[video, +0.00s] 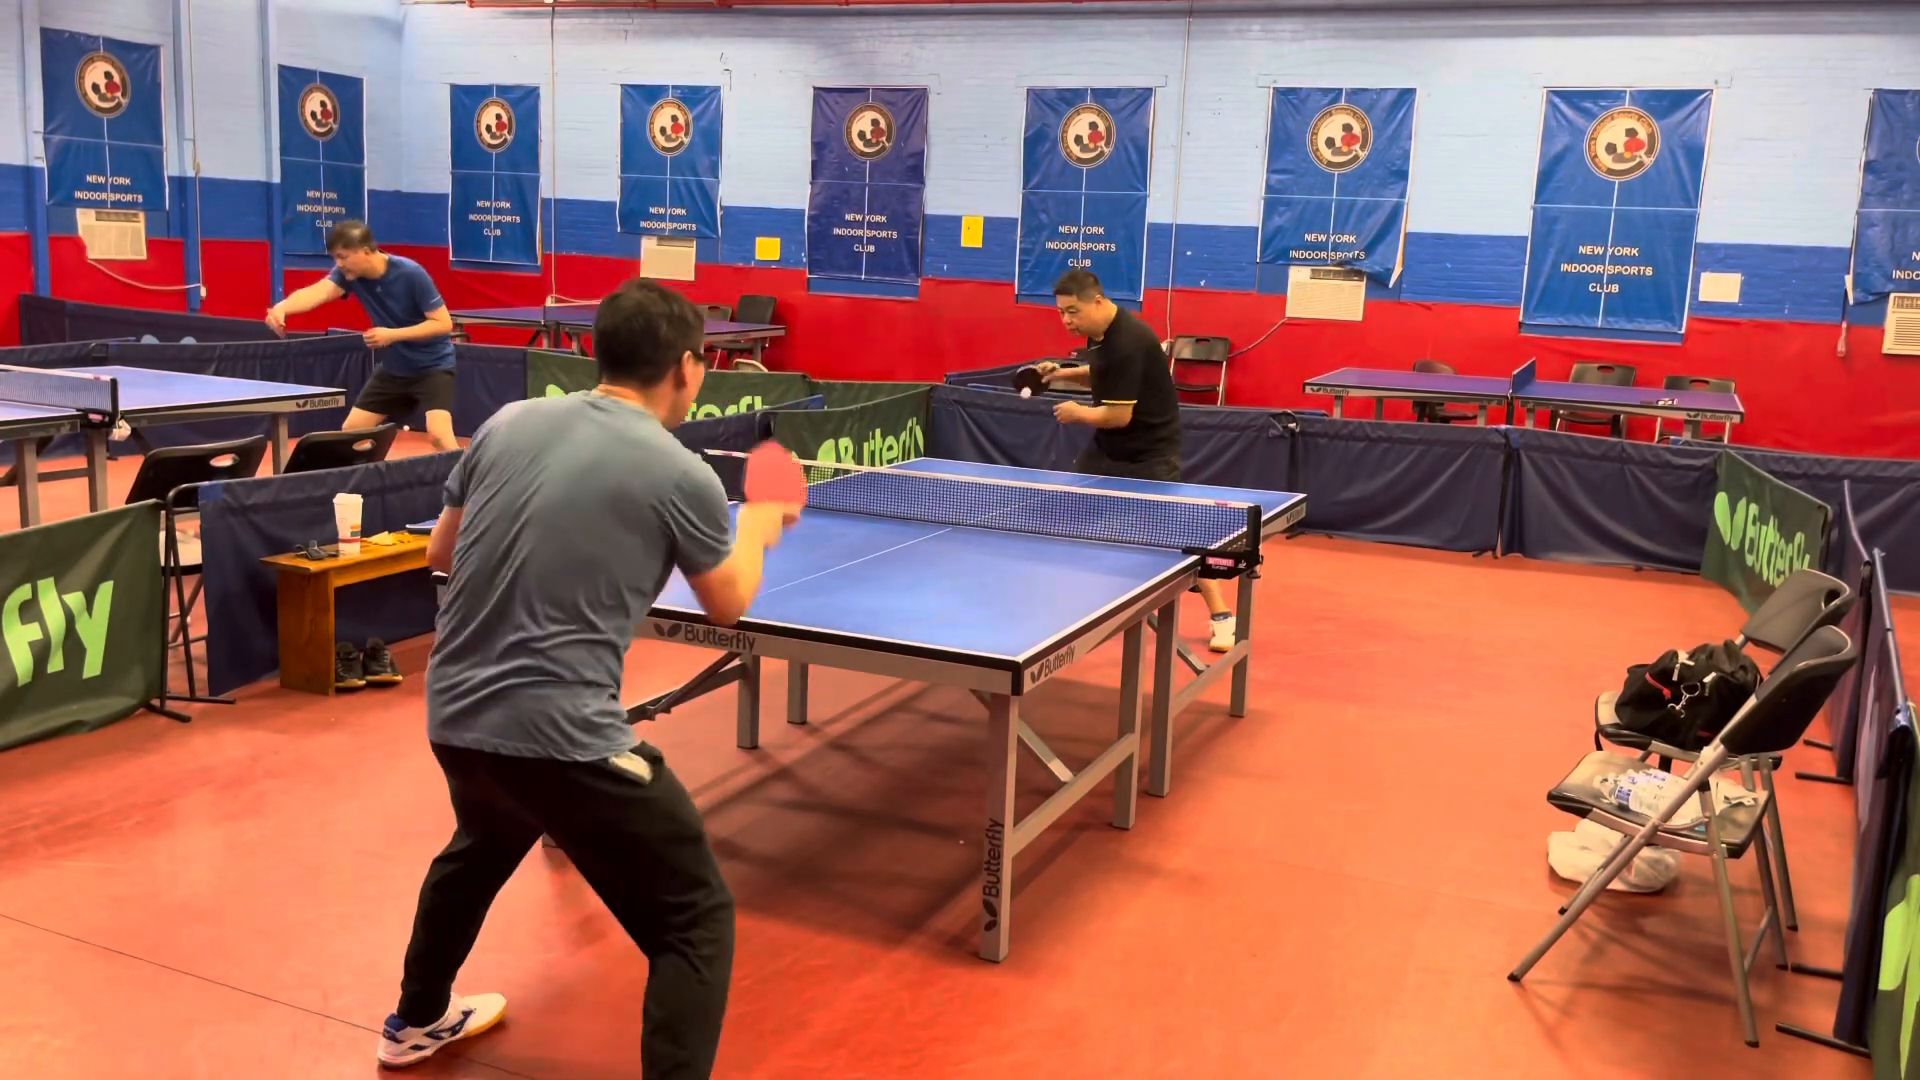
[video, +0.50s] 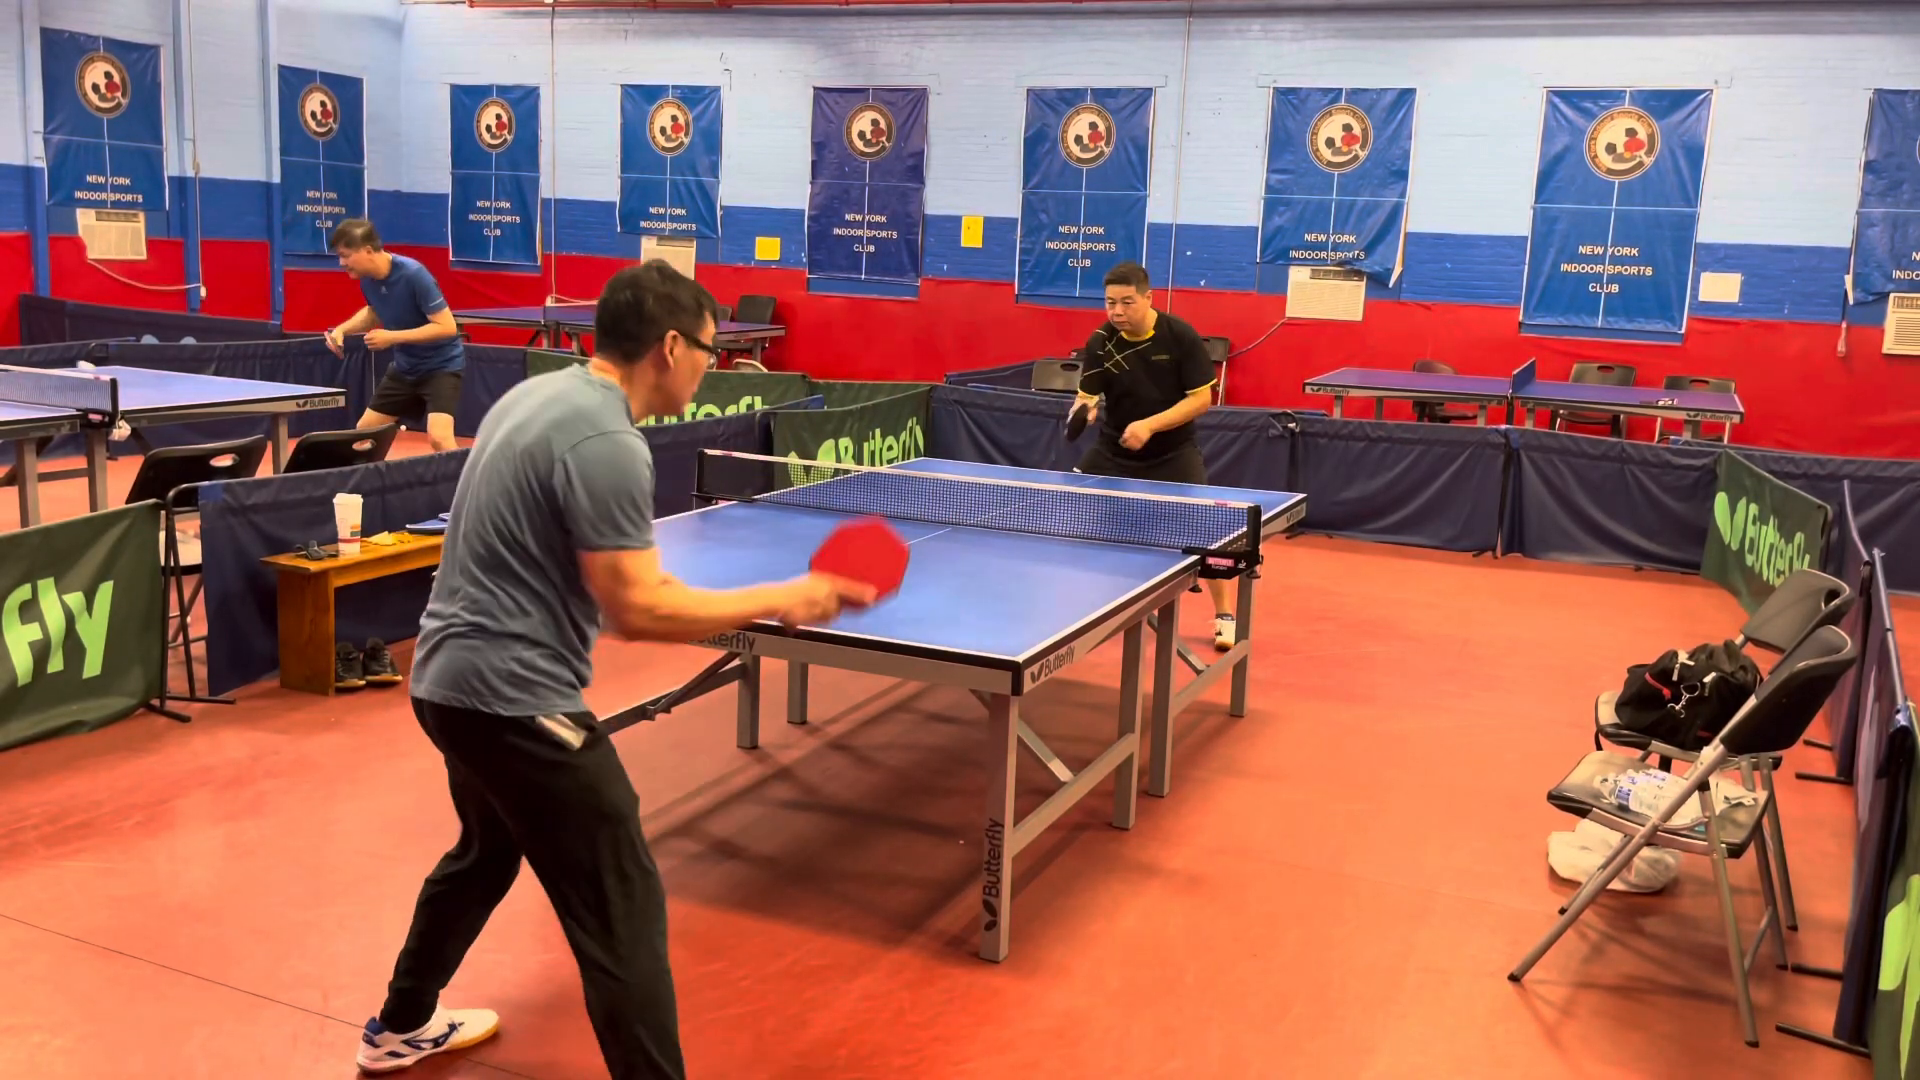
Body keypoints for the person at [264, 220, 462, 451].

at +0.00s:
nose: (338, 265)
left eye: (343, 257)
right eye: (336, 259)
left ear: (365, 251)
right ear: (363, 252)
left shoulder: (412, 274)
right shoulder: (349, 274)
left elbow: (443, 324)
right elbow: (319, 292)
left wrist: (393, 335)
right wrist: (282, 308)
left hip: (434, 367)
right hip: (393, 368)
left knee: (440, 436)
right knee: (351, 431)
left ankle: (469, 491)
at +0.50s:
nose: (342, 264)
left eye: (345, 256)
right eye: (340, 257)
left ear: (368, 251)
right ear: (366, 252)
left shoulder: (415, 274)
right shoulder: (368, 281)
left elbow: (447, 327)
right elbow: (375, 312)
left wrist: (393, 337)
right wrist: (342, 330)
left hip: (442, 365)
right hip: (404, 366)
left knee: (439, 436)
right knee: (364, 432)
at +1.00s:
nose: (310, 245)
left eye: (314, 238)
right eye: (307, 239)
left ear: (336, 233)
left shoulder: (382, 256)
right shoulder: (318, 260)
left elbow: (420, 304)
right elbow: (294, 289)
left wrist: (371, 319)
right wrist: (268, 308)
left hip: (406, 351)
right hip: (366, 353)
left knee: (403, 423)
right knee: (344, 423)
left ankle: (420, 492)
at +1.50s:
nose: (283, 241)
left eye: (288, 234)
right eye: (281, 235)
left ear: (311, 232)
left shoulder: (353, 261)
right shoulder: (296, 263)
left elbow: (388, 311)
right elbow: (296, 304)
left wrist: (339, 325)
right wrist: (272, 332)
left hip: (373, 354)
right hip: (335, 355)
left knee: (367, 426)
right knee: (316, 421)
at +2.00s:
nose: (267, 226)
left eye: (273, 219)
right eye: (266, 220)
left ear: (296, 219)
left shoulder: (337, 251)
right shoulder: (284, 254)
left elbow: (372, 299)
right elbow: (289, 299)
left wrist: (320, 312)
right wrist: (261, 318)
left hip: (359, 354)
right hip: (321, 353)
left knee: (364, 429)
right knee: (305, 422)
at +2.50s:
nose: (295, 221)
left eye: (301, 214)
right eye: (294, 215)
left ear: (324, 214)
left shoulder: (364, 248)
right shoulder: (312, 248)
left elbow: (394, 300)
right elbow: (316, 291)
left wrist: (341, 307)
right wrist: (296, 305)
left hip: (381, 351)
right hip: (342, 350)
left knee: (379, 425)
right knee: (324, 417)